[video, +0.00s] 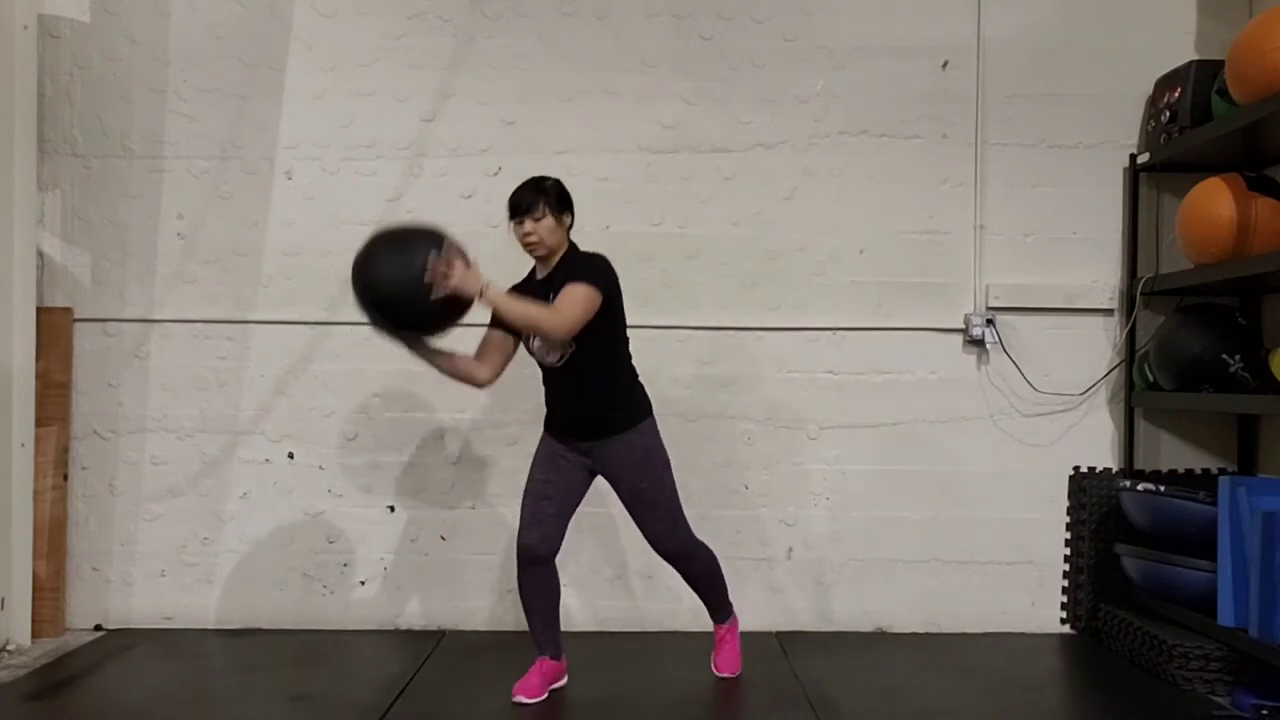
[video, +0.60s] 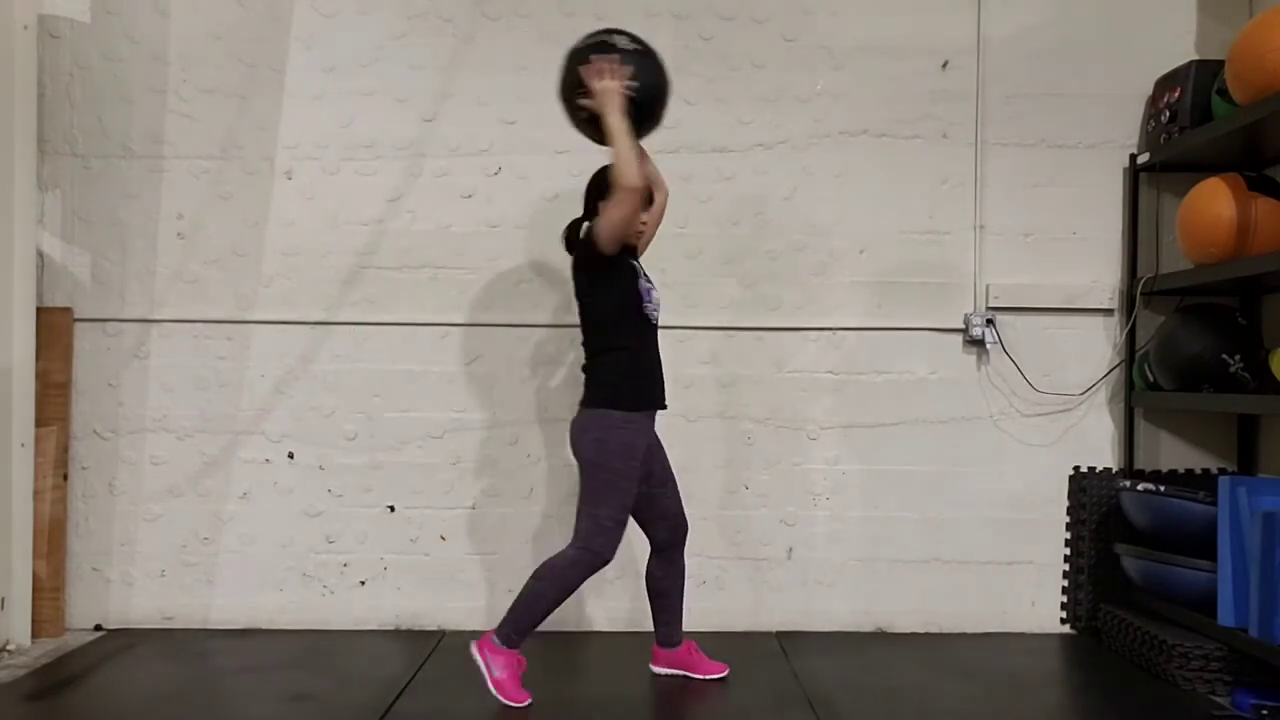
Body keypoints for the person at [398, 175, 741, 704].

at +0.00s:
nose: (528, 232)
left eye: (538, 219)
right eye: (519, 223)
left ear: (565, 219)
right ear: (514, 231)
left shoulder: (593, 271)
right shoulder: (519, 294)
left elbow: (558, 325)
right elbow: (482, 371)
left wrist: (482, 290)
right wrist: (417, 341)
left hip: (625, 435)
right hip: (564, 439)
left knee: (673, 542)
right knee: (534, 547)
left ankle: (725, 623)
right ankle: (549, 659)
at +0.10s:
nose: (545, 212)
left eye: (556, 202)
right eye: (535, 206)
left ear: (579, 209)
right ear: (526, 217)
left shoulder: (606, 252)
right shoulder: (522, 280)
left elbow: (567, 265)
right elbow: (466, 331)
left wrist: (506, 215)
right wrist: (412, 271)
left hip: (624, 428)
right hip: (558, 433)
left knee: (675, 536)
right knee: (535, 547)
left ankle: (705, 623)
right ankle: (549, 658)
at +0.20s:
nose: (560, 210)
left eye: (569, 199)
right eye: (548, 201)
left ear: (591, 204)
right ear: (537, 211)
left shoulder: (616, 253)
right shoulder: (529, 268)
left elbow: (601, 210)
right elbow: (467, 288)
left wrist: (538, 160)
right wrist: (436, 213)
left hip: (625, 425)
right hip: (557, 430)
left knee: (672, 533)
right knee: (540, 550)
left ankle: (684, 633)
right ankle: (549, 658)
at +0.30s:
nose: (582, 208)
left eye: (589, 198)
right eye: (569, 199)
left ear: (602, 203)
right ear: (550, 207)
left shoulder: (626, 246)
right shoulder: (538, 264)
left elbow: (637, 181)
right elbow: (486, 246)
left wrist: (575, 129)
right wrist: (471, 164)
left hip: (626, 422)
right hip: (562, 426)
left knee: (665, 532)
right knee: (548, 548)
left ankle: (673, 642)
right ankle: (548, 658)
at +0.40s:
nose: (604, 209)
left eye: (609, 200)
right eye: (591, 200)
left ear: (617, 204)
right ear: (567, 205)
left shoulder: (631, 249)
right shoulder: (553, 258)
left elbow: (658, 175)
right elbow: (527, 220)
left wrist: (602, 123)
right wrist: (519, 136)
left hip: (631, 425)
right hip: (572, 427)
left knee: (663, 535)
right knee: (563, 547)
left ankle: (672, 646)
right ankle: (544, 656)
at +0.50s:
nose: (626, 210)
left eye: (629, 201)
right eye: (615, 200)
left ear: (631, 209)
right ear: (586, 204)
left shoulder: (630, 250)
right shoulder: (571, 257)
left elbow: (660, 184)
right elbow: (579, 201)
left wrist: (617, 124)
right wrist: (566, 114)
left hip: (637, 425)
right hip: (588, 427)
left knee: (667, 537)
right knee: (582, 547)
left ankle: (671, 647)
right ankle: (525, 652)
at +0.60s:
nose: (643, 216)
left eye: (643, 206)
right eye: (632, 203)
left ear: (620, 209)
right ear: (605, 207)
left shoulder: (622, 256)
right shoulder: (595, 256)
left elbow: (659, 194)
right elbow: (630, 185)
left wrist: (627, 131)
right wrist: (612, 108)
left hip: (635, 429)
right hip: (608, 428)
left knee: (670, 534)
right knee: (593, 548)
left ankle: (671, 648)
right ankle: (501, 645)